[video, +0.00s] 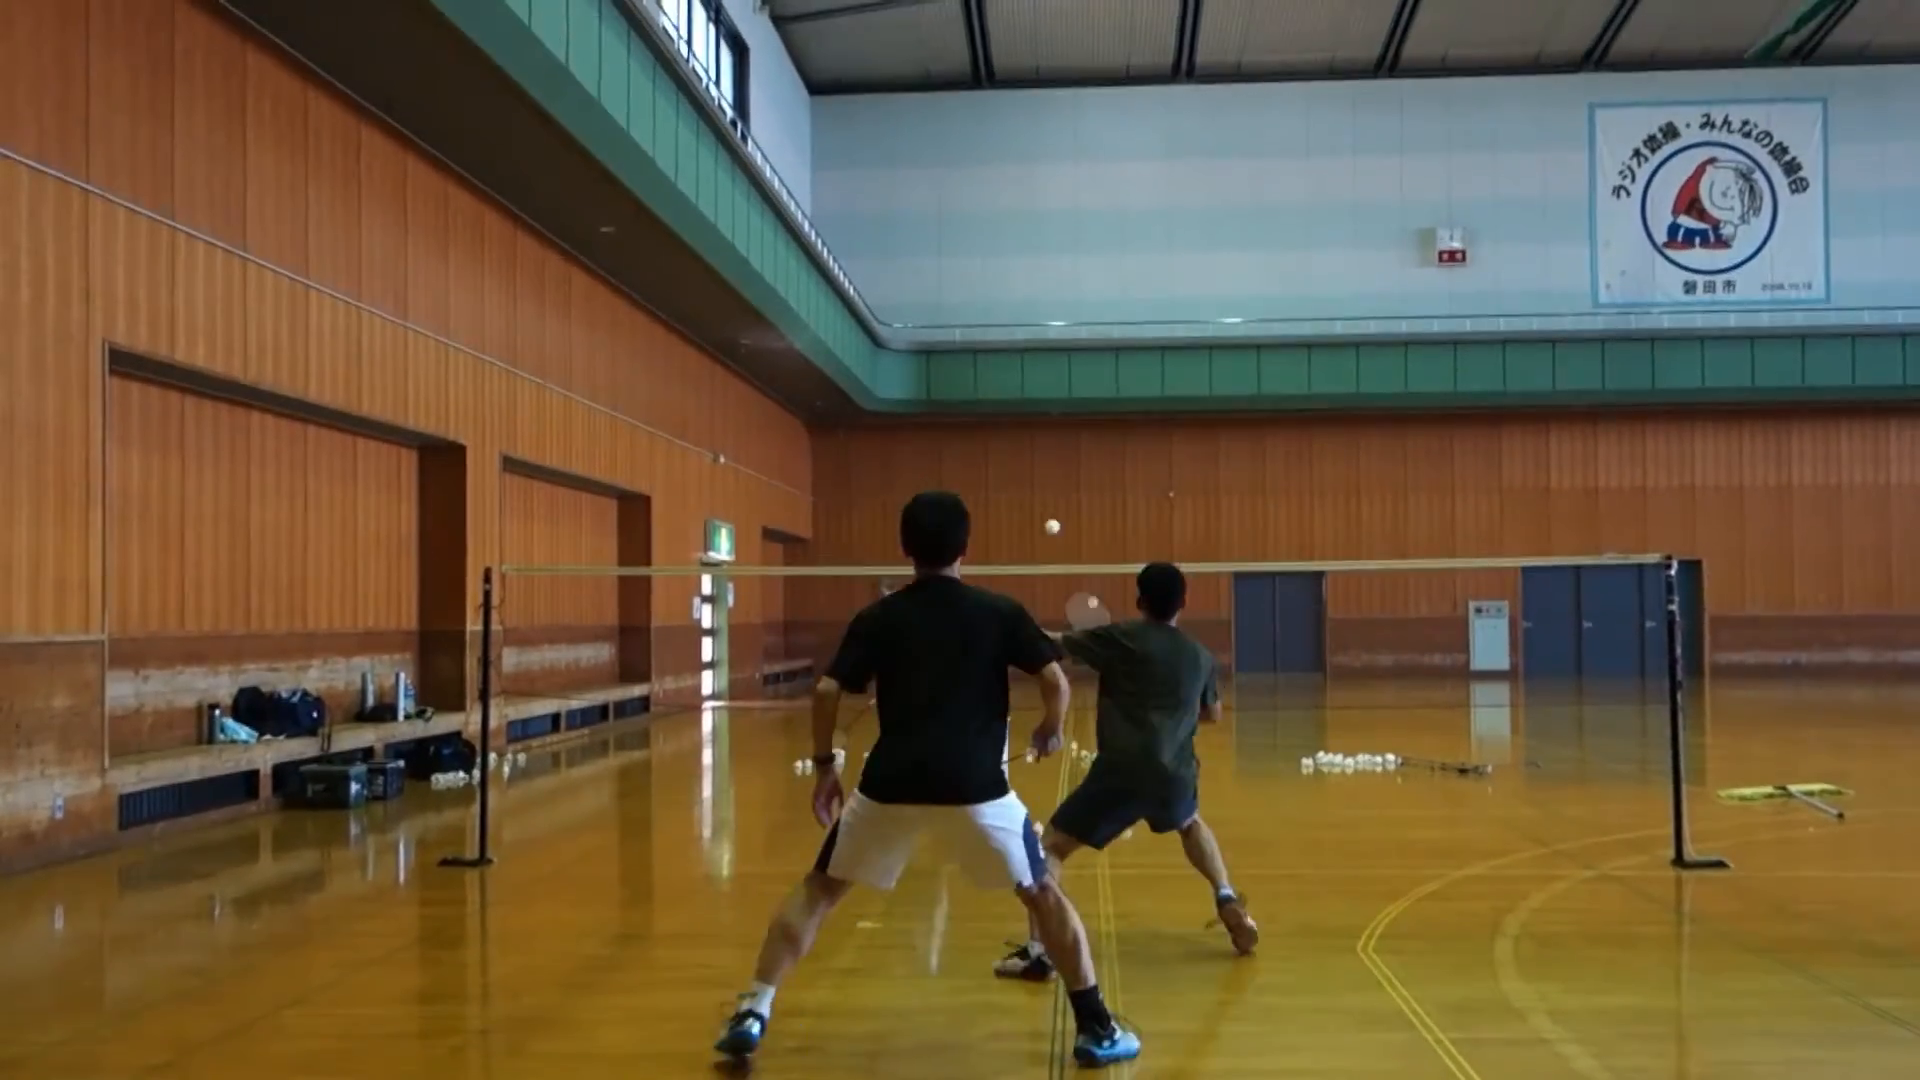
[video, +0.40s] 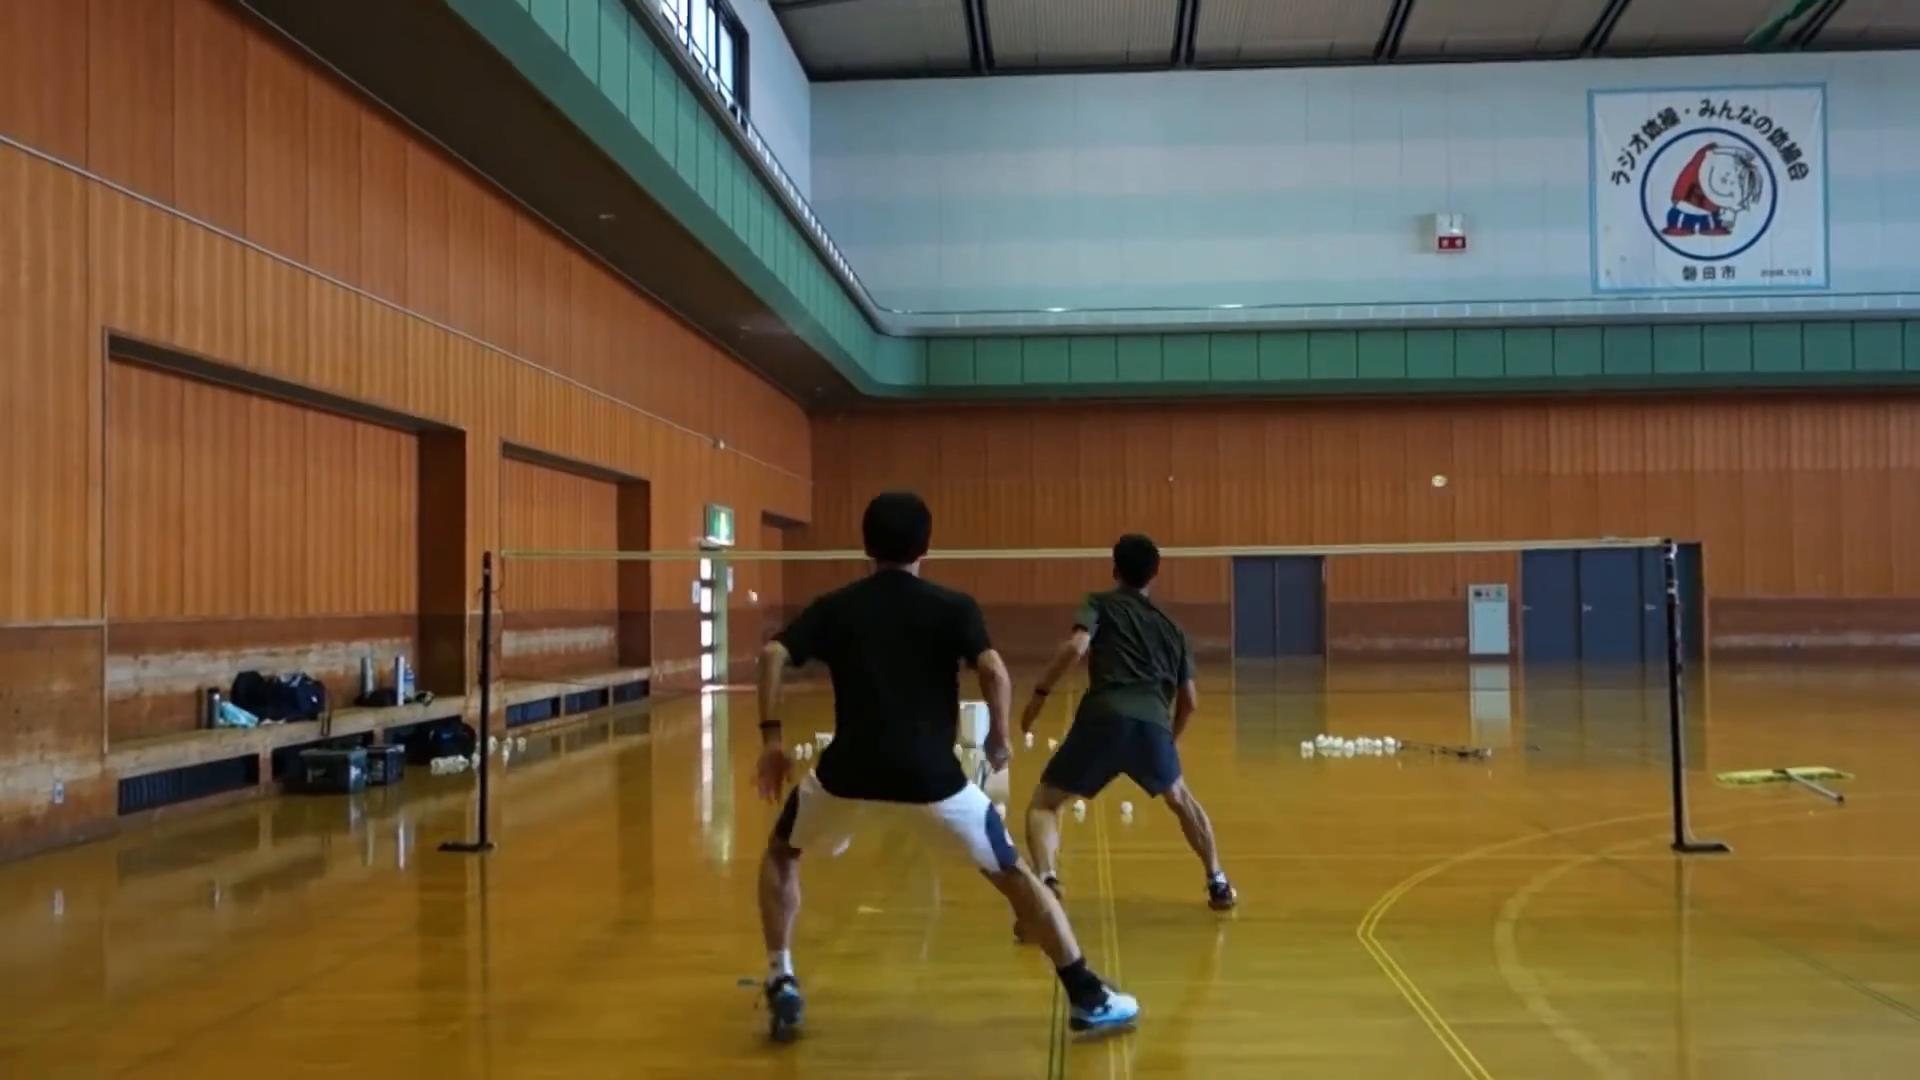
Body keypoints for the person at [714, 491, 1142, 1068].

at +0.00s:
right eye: (958, 539)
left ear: (905, 547)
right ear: (964, 547)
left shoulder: (878, 617)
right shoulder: (999, 613)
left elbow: (826, 691)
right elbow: (1056, 679)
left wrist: (825, 766)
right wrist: (1051, 728)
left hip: (890, 788)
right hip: (976, 789)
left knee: (817, 890)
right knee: (1043, 893)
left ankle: (754, 1009)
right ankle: (1096, 1027)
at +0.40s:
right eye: (925, 540)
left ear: (868, 545)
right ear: (926, 547)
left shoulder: (838, 606)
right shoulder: (953, 607)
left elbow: (772, 655)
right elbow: (994, 672)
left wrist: (771, 740)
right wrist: (1000, 739)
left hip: (847, 772)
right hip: (931, 777)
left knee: (782, 853)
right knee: (1014, 875)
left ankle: (780, 981)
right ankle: (1088, 996)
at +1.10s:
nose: (777, 575)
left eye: (777, 568)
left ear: (779, 576)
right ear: (837, 574)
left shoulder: (758, 646)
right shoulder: (875, 635)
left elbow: (712, 727)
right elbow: (932, 698)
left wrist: (684, 805)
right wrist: (945, 745)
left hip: (780, 810)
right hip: (866, 805)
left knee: (709, 903)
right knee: (946, 874)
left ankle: (643, 1016)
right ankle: (990, 990)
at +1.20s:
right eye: (872, 526)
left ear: (815, 533)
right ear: (872, 531)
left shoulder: (793, 602)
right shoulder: (909, 587)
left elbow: (741, 660)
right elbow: (963, 638)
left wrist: (717, 737)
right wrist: (976, 689)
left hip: (829, 759)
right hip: (908, 756)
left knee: (755, 855)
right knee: (964, 839)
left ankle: (684, 967)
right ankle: (996, 960)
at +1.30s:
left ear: (850, 504)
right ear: (906, 503)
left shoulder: (826, 573)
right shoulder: (937, 567)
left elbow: (771, 648)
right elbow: (976, 643)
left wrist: (765, 727)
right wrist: (996, 711)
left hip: (857, 729)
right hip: (937, 724)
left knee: (788, 819)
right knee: (995, 807)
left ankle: (759, 932)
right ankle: (1034, 921)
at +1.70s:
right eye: (1143, 482)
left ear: (1094, 484)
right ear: (1146, 491)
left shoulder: (1057, 539)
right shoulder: (1163, 555)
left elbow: (992, 530)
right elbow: (1196, 601)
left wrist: (984, 513)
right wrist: (1218, 613)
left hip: (1067, 695)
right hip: (1132, 693)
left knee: (1022, 796)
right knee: (1157, 810)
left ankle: (1048, 847)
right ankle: (1152, 903)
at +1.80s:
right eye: (1159, 470)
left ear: (1115, 478)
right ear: (1166, 478)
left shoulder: (1101, 534)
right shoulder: (1195, 540)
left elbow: (1023, 532)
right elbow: (1223, 603)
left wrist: (1065, 517)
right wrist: (1241, 629)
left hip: (1141, 691)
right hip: (1205, 690)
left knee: (1092, 799)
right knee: (1183, 797)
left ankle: (1168, 867)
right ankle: (1206, 824)